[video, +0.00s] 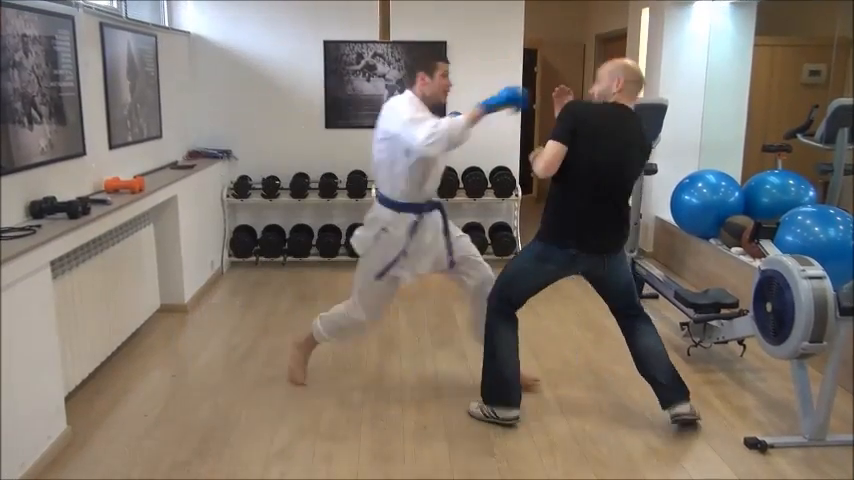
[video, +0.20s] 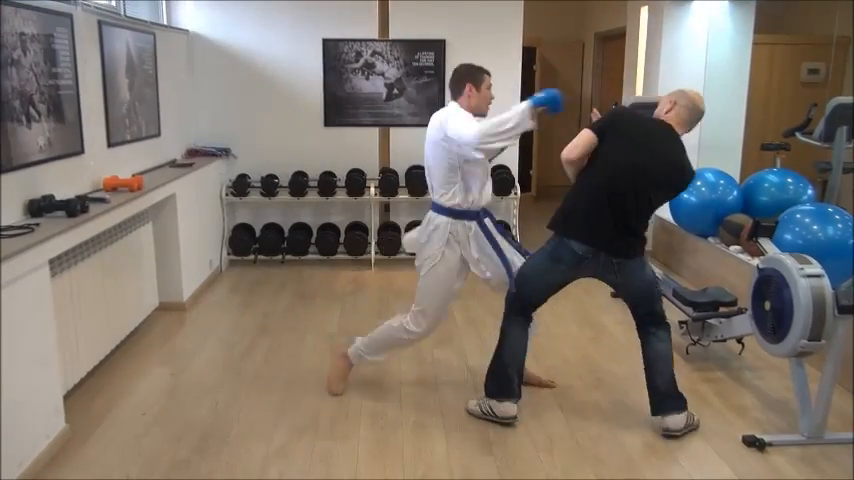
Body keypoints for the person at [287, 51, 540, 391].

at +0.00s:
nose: (449, 85)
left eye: (449, 77)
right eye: (444, 77)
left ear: (426, 81)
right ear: (422, 80)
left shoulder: (428, 114)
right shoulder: (399, 110)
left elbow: (446, 139)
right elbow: (429, 140)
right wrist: (483, 110)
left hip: (430, 220)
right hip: (392, 223)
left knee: (483, 282)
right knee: (364, 311)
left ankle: (504, 367)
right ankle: (306, 343)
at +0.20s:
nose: (492, 96)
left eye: (491, 90)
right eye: (488, 90)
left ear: (468, 91)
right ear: (469, 90)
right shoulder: (447, 119)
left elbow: (489, 145)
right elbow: (476, 138)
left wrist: (529, 120)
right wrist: (530, 106)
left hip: (478, 226)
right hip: (445, 229)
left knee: (527, 284)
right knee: (422, 322)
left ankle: (514, 368)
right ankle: (349, 356)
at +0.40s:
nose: (484, 52)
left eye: (486, 45)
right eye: (478, 45)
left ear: (485, 49)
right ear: (455, 46)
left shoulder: (496, 91)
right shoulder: (428, 83)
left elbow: (516, 133)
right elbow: (384, 122)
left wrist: (522, 155)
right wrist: (408, 95)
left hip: (484, 191)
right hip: (436, 189)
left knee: (504, 274)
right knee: (404, 271)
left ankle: (517, 352)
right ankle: (371, 351)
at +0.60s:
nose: (445, 58)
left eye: (448, 52)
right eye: (437, 52)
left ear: (450, 57)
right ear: (418, 57)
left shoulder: (470, 98)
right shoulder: (401, 99)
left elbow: (501, 145)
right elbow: (386, 154)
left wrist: (522, 194)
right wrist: (393, 133)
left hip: (467, 197)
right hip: (419, 198)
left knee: (495, 279)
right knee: (386, 273)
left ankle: (496, 358)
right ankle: (369, 324)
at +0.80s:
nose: (419, 50)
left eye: (422, 45)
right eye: (411, 44)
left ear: (424, 51)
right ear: (392, 49)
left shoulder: (436, 89)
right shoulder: (373, 89)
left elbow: (455, 141)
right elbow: (359, 137)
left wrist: (474, 188)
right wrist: (379, 137)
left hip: (429, 186)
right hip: (384, 186)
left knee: (459, 266)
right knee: (367, 259)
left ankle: (488, 350)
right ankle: (368, 323)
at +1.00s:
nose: (387, 36)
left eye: (390, 31)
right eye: (380, 29)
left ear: (394, 36)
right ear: (361, 32)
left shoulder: (407, 75)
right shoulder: (338, 72)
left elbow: (425, 122)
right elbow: (317, 117)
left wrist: (430, 154)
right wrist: (351, 106)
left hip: (398, 170)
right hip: (351, 170)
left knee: (423, 248)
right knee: (331, 245)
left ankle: (412, 316)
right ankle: (318, 312)